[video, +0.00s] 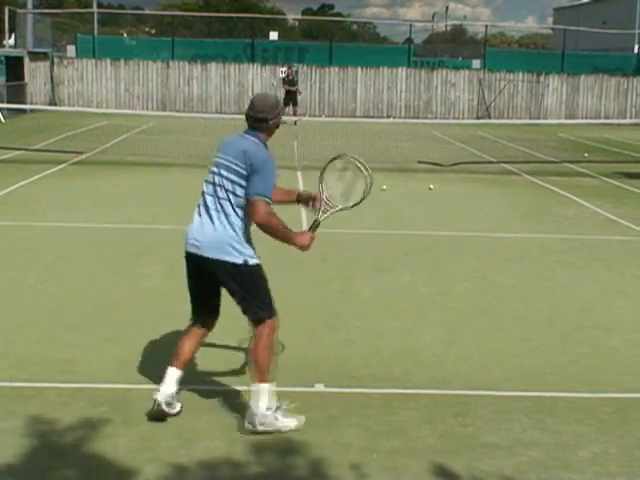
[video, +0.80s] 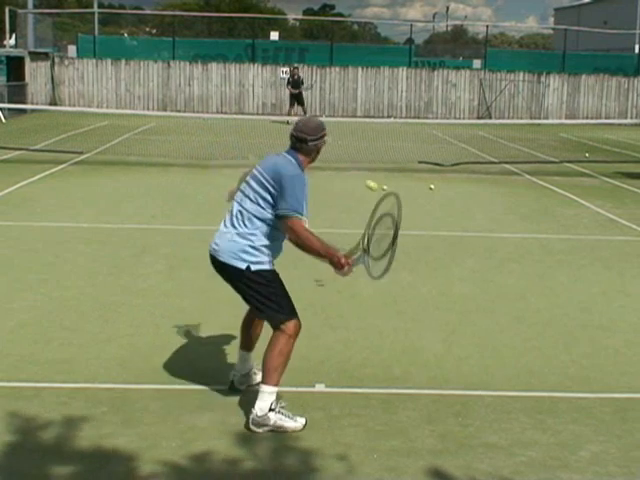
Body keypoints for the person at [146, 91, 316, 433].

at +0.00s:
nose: (279, 125)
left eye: (277, 120)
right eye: (278, 121)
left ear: (248, 119)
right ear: (274, 124)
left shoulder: (230, 145)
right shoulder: (261, 157)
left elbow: (256, 189)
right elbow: (260, 215)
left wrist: (301, 197)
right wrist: (294, 238)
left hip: (197, 246)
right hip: (231, 251)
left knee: (203, 319)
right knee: (265, 321)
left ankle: (165, 393)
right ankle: (261, 409)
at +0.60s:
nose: (304, 142)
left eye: (301, 136)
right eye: (305, 137)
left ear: (275, 133)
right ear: (301, 140)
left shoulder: (260, 156)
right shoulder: (274, 165)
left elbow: (291, 177)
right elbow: (262, 209)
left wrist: (331, 182)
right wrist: (307, 220)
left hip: (212, 251)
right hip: (235, 259)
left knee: (240, 313)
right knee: (279, 326)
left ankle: (202, 372)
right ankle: (262, 410)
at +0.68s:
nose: (311, 146)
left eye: (310, 141)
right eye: (312, 141)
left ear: (283, 139)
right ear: (308, 144)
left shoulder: (268, 159)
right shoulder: (279, 170)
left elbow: (289, 179)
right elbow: (270, 214)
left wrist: (312, 185)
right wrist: (313, 228)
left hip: (220, 253)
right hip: (239, 261)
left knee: (252, 311)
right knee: (287, 326)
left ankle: (218, 368)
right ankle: (264, 409)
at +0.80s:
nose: (322, 149)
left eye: (321, 143)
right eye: (322, 144)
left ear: (293, 140)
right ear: (318, 147)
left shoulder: (273, 162)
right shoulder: (291, 173)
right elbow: (294, 230)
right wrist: (332, 256)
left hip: (225, 251)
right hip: (247, 259)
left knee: (262, 306)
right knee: (289, 326)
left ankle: (243, 372)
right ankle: (263, 409)